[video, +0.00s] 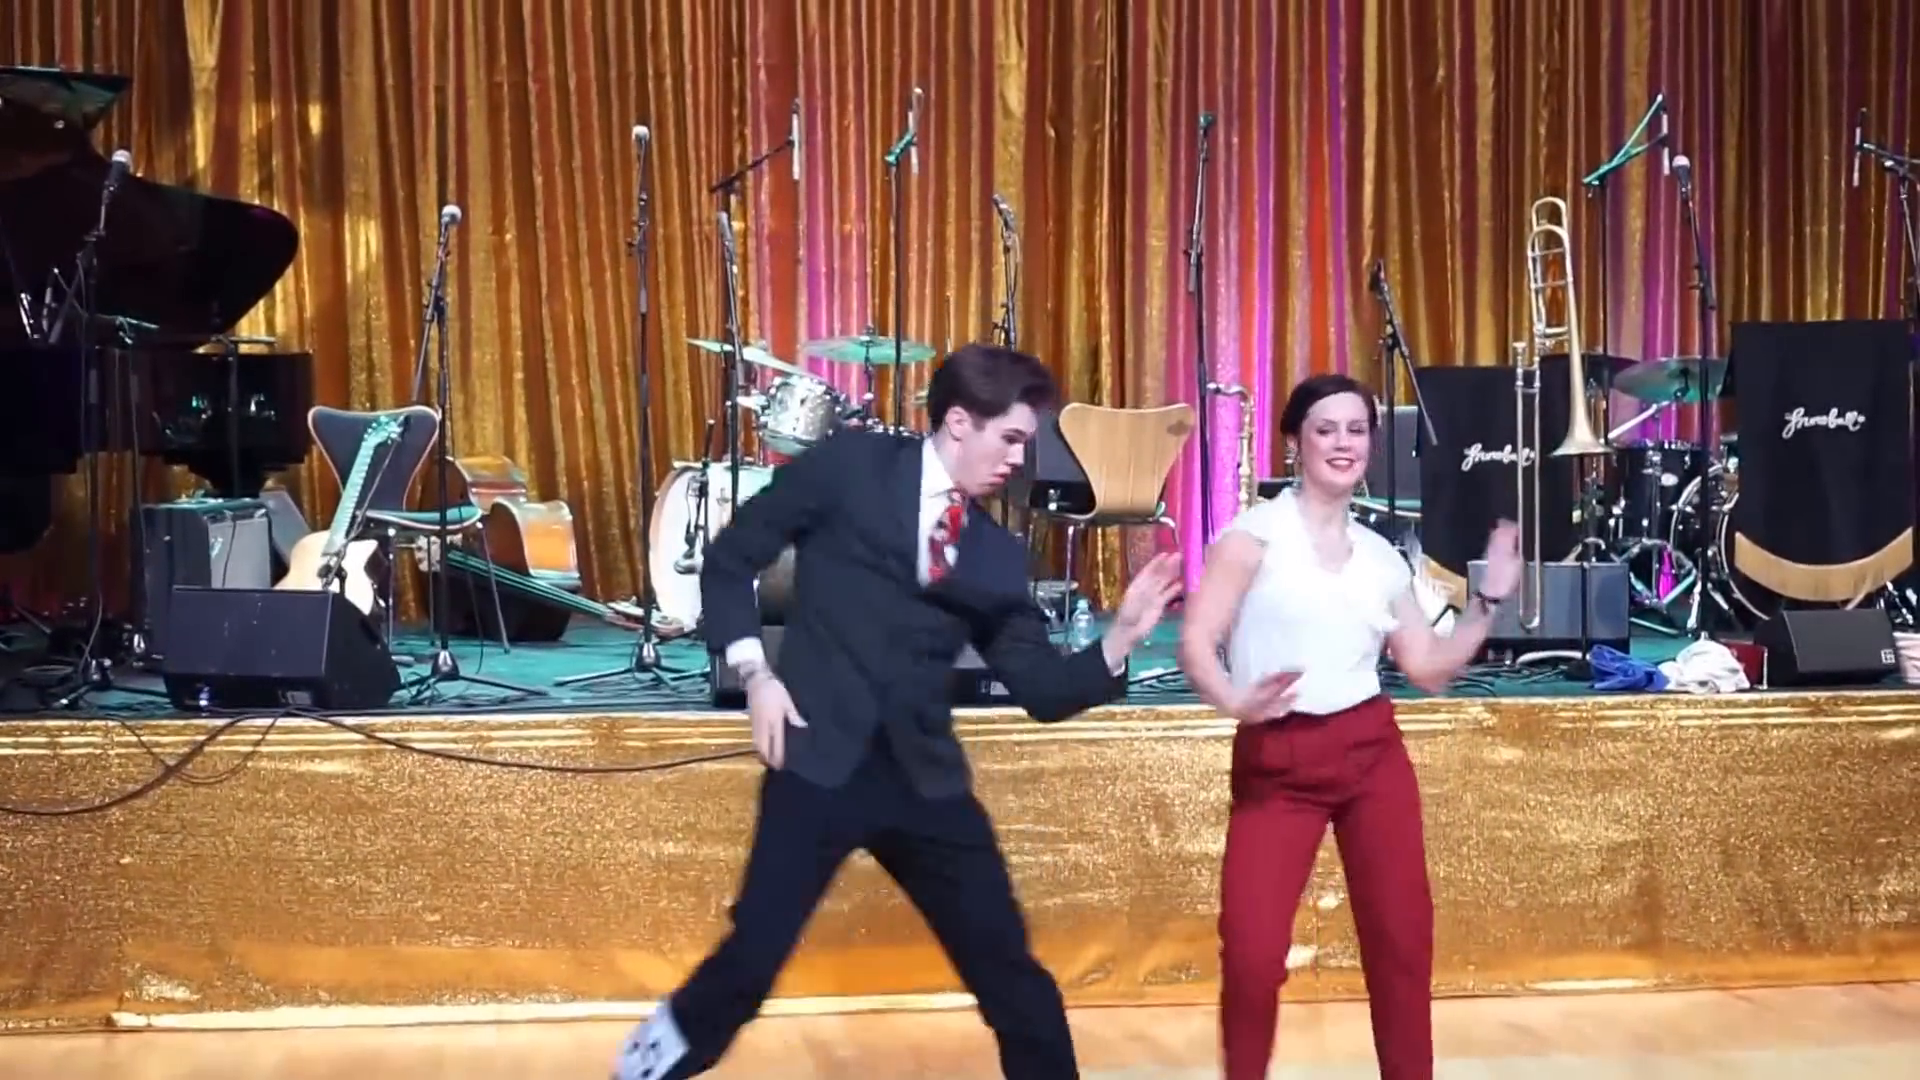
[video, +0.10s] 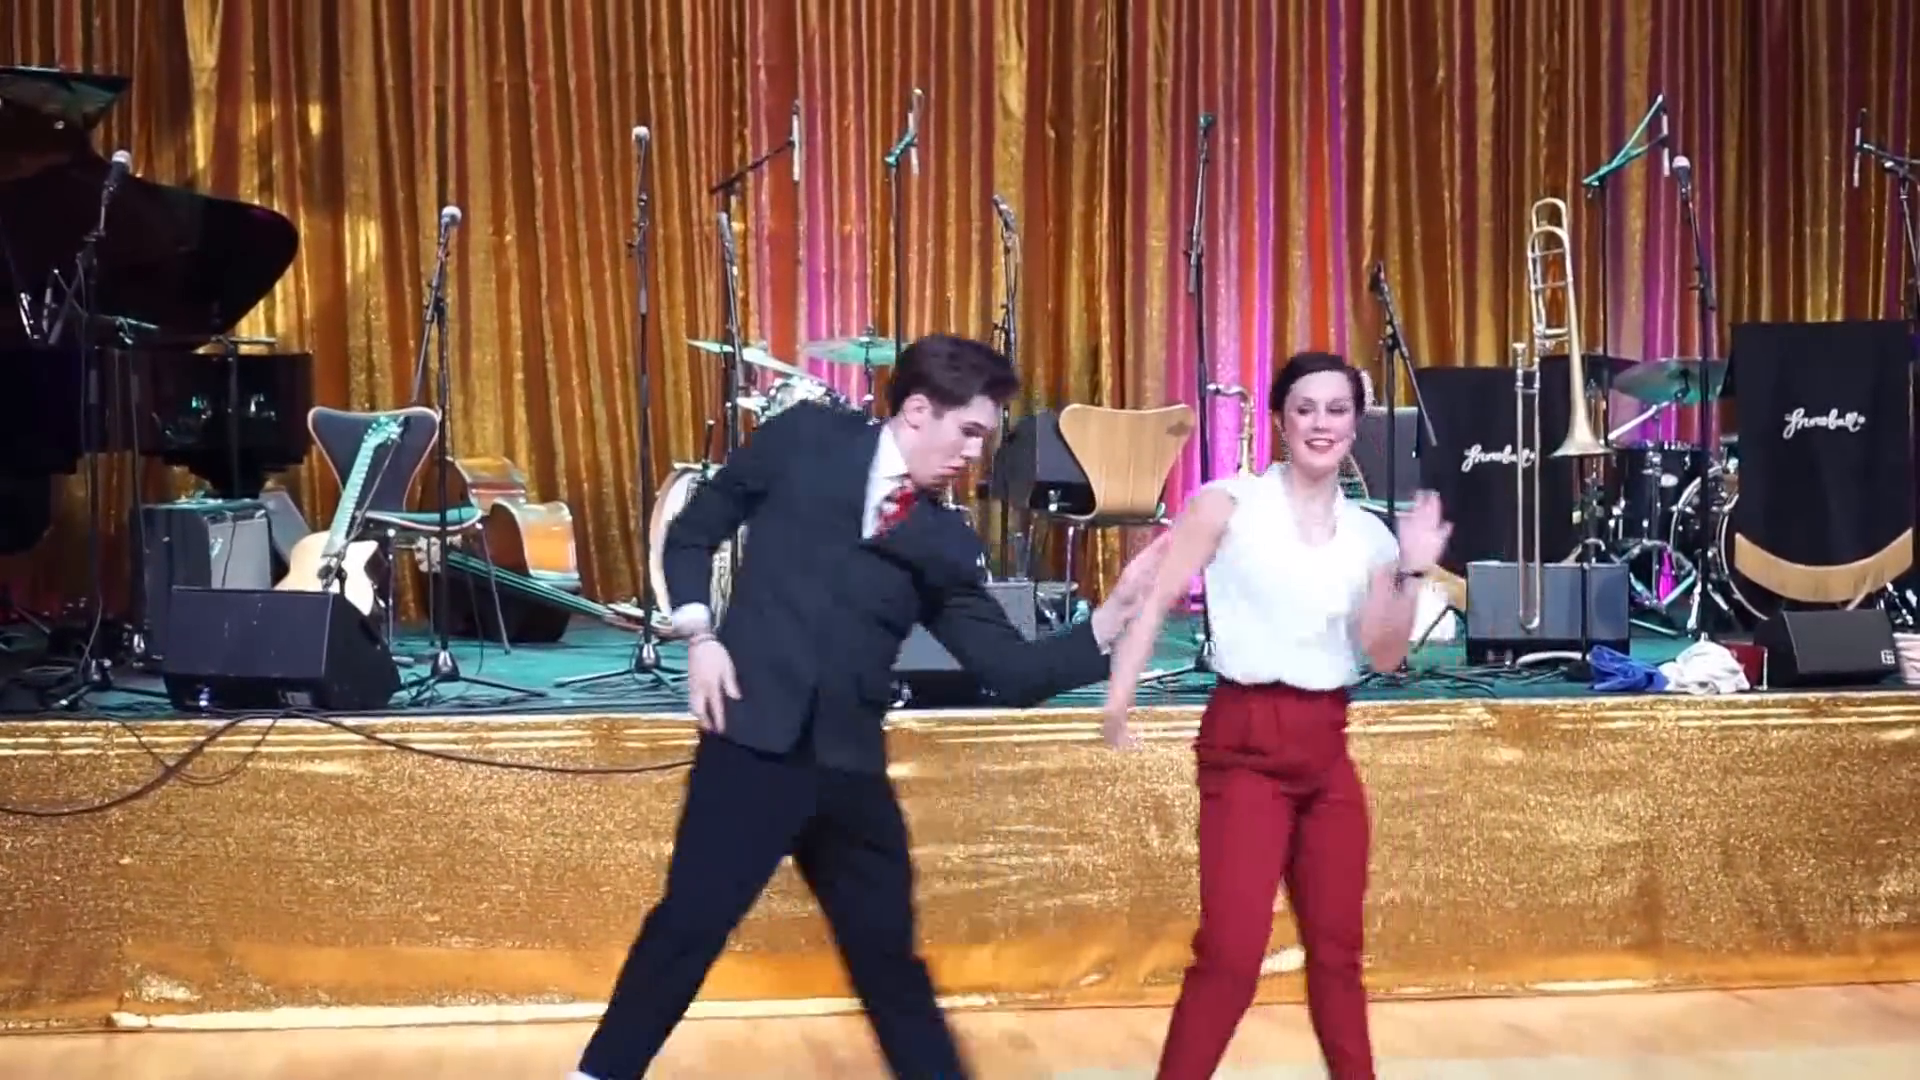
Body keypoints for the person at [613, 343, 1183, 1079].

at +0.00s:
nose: (1021, 460)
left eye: (1028, 444)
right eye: (1012, 438)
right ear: (955, 422)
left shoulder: (997, 556)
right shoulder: (848, 464)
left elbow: (1046, 694)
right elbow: (729, 557)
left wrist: (1121, 639)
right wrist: (754, 674)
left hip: (924, 771)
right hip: (818, 753)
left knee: (1013, 982)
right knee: (751, 963)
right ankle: (643, 1068)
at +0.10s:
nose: (977, 456)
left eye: (987, 440)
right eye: (970, 432)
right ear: (914, 412)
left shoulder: (942, 545)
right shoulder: (806, 436)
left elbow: (1012, 669)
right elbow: (692, 530)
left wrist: (1108, 621)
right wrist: (695, 633)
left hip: (850, 768)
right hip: (749, 746)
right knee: (685, 933)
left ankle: (941, 1076)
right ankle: (603, 1072)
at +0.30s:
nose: (885, 447)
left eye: (892, 431)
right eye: (878, 424)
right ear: (821, 407)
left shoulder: (857, 553)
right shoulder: (708, 433)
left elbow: (931, 661)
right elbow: (587, 517)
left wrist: (1049, 619)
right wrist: (598, 595)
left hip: (734, 768)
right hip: (628, 739)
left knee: (766, 999)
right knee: (581, 981)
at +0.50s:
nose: (783, 425)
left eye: (791, 407)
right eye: (768, 404)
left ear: (796, 406)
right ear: (710, 395)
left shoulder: (799, 537)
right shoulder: (617, 452)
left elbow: (809, 700)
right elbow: (499, 562)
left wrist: (827, 847)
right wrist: (559, 473)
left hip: (692, 777)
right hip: (577, 768)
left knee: (760, 975)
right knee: (540, 1021)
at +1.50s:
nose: (896, 478)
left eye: (907, 454)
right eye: (885, 462)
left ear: (969, 439)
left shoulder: (1088, 484)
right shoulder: (900, 558)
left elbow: (1165, 562)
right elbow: (843, 680)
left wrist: (1171, 671)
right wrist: (823, 558)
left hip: (1149, 816)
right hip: (1020, 834)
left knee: (1240, 1050)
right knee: (944, 1055)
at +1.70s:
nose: (964, 455)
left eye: (977, 432)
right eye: (957, 438)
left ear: (1041, 420)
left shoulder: (1158, 452)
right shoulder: (974, 543)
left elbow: (1238, 516)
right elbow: (925, 682)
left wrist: (1243, 617)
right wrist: (922, 575)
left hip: (1222, 782)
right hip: (1099, 799)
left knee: (1278, 1025)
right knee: (1035, 1041)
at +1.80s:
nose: (1018, 447)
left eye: (1034, 425)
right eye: (1007, 429)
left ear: (1094, 418)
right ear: (999, 430)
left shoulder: (1194, 476)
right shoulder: (996, 531)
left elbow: (1258, 576)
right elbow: (985, 713)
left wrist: (1267, 678)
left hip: (1215, 796)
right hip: (1093, 815)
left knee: (1284, 1037)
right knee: (1092, 1051)